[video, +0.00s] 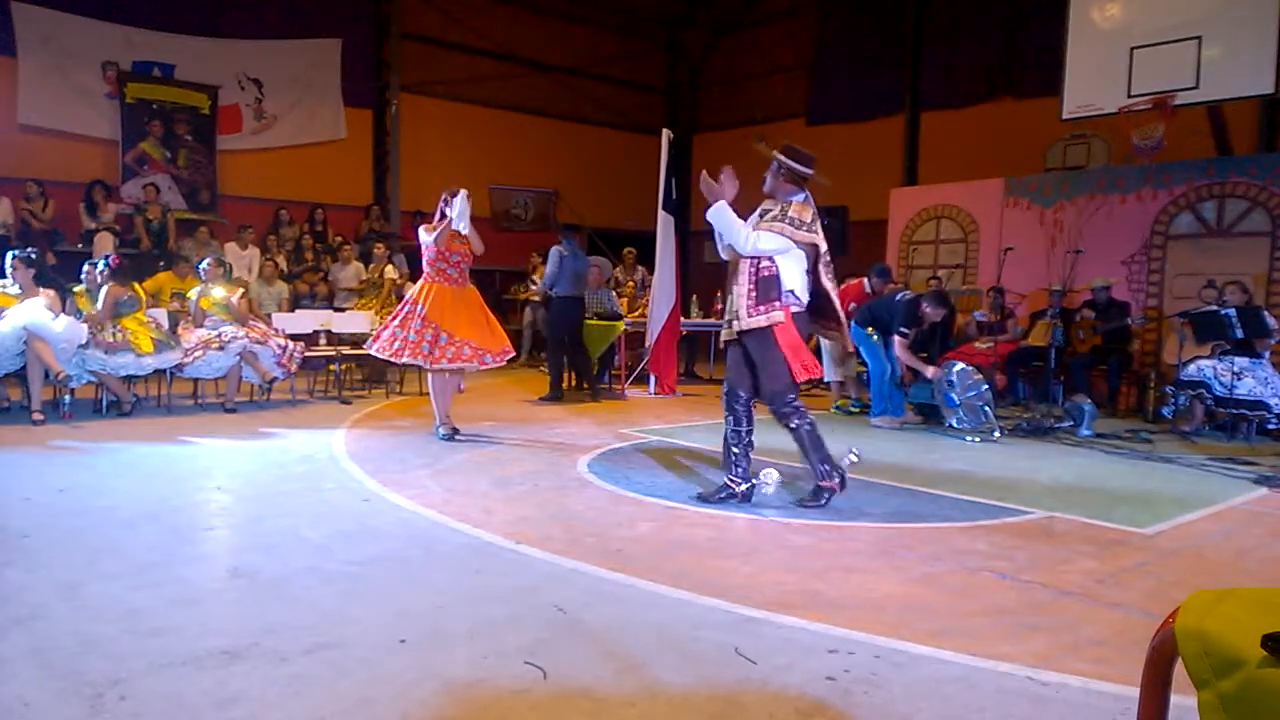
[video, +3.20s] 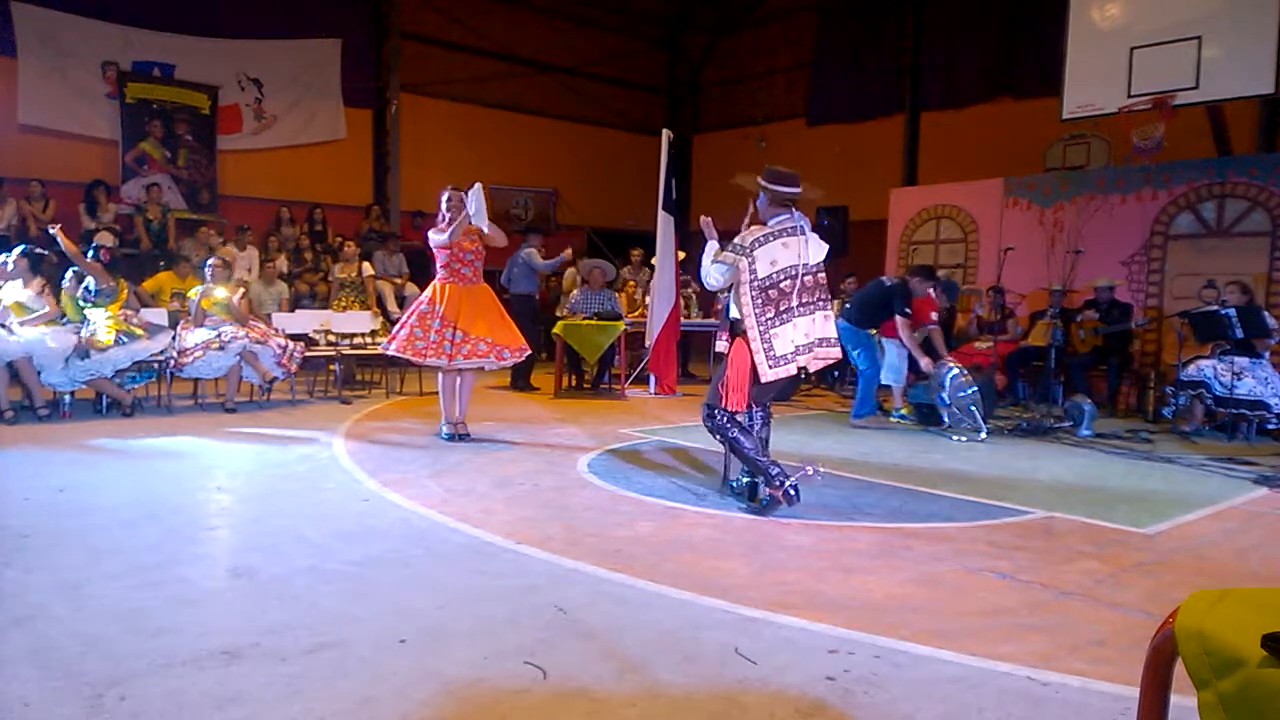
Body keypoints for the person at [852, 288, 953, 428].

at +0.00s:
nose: (938, 320)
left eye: (941, 316)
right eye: (937, 315)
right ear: (925, 307)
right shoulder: (907, 309)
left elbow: (905, 343)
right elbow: (900, 349)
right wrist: (925, 369)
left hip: (884, 331)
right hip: (865, 327)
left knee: (894, 370)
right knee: (881, 368)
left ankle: (898, 411)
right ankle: (879, 414)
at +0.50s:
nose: (939, 301)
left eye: (941, 298)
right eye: (938, 297)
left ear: (927, 288)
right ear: (928, 289)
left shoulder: (913, 295)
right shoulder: (909, 297)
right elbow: (906, 337)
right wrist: (929, 362)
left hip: (871, 328)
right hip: (862, 328)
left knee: (883, 367)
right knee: (881, 367)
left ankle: (885, 413)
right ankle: (880, 414)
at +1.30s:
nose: (940, 288)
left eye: (940, 283)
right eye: (938, 283)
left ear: (923, 280)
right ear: (928, 282)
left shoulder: (908, 288)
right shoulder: (907, 290)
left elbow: (907, 327)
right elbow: (903, 328)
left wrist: (927, 347)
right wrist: (935, 338)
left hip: (865, 326)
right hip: (858, 326)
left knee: (877, 366)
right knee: (878, 366)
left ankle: (874, 412)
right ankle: (877, 415)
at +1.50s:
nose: (933, 285)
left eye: (934, 280)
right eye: (932, 280)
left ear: (916, 273)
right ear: (925, 278)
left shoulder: (901, 282)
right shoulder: (911, 291)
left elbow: (893, 316)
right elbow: (926, 321)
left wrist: (912, 329)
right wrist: (934, 321)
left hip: (855, 323)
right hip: (863, 328)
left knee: (874, 368)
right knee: (882, 368)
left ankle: (872, 411)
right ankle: (879, 414)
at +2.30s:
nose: (928, 283)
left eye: (929, 278)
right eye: (928, 278)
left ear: (911, 271)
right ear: (920, 275)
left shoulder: (894, 281)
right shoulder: (907, 289)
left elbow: (899, 325)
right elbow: (910, 326)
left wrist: (920, 337)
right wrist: (928, 338)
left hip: (853, 323)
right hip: (863, 328)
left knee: (872, 367)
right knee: (882, 368)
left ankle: (871, 411)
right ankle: (879, 414)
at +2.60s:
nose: (930, 289)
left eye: (932, 285)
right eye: (930, 285)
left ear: (917, 278)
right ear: (921, 279)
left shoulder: (898, 284)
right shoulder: (905, 290)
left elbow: (888, 325)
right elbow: (897, 327)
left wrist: (902, 349)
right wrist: (910, 354)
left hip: (856, 323)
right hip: (861, 326)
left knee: (871, 367)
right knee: (878, 366)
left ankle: (871, 410)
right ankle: (878, 414)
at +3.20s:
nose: (926, 292)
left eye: (928, 288)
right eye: (926, 287)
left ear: (914, 279)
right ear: (916, 280)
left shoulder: (894, 283)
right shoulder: (902, 291)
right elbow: (904, 330)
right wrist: (921, 358)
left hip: (847, 323)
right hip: (856, 327)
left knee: (866, 368)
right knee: (870, 369)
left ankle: (868, 408)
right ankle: (862, 414)